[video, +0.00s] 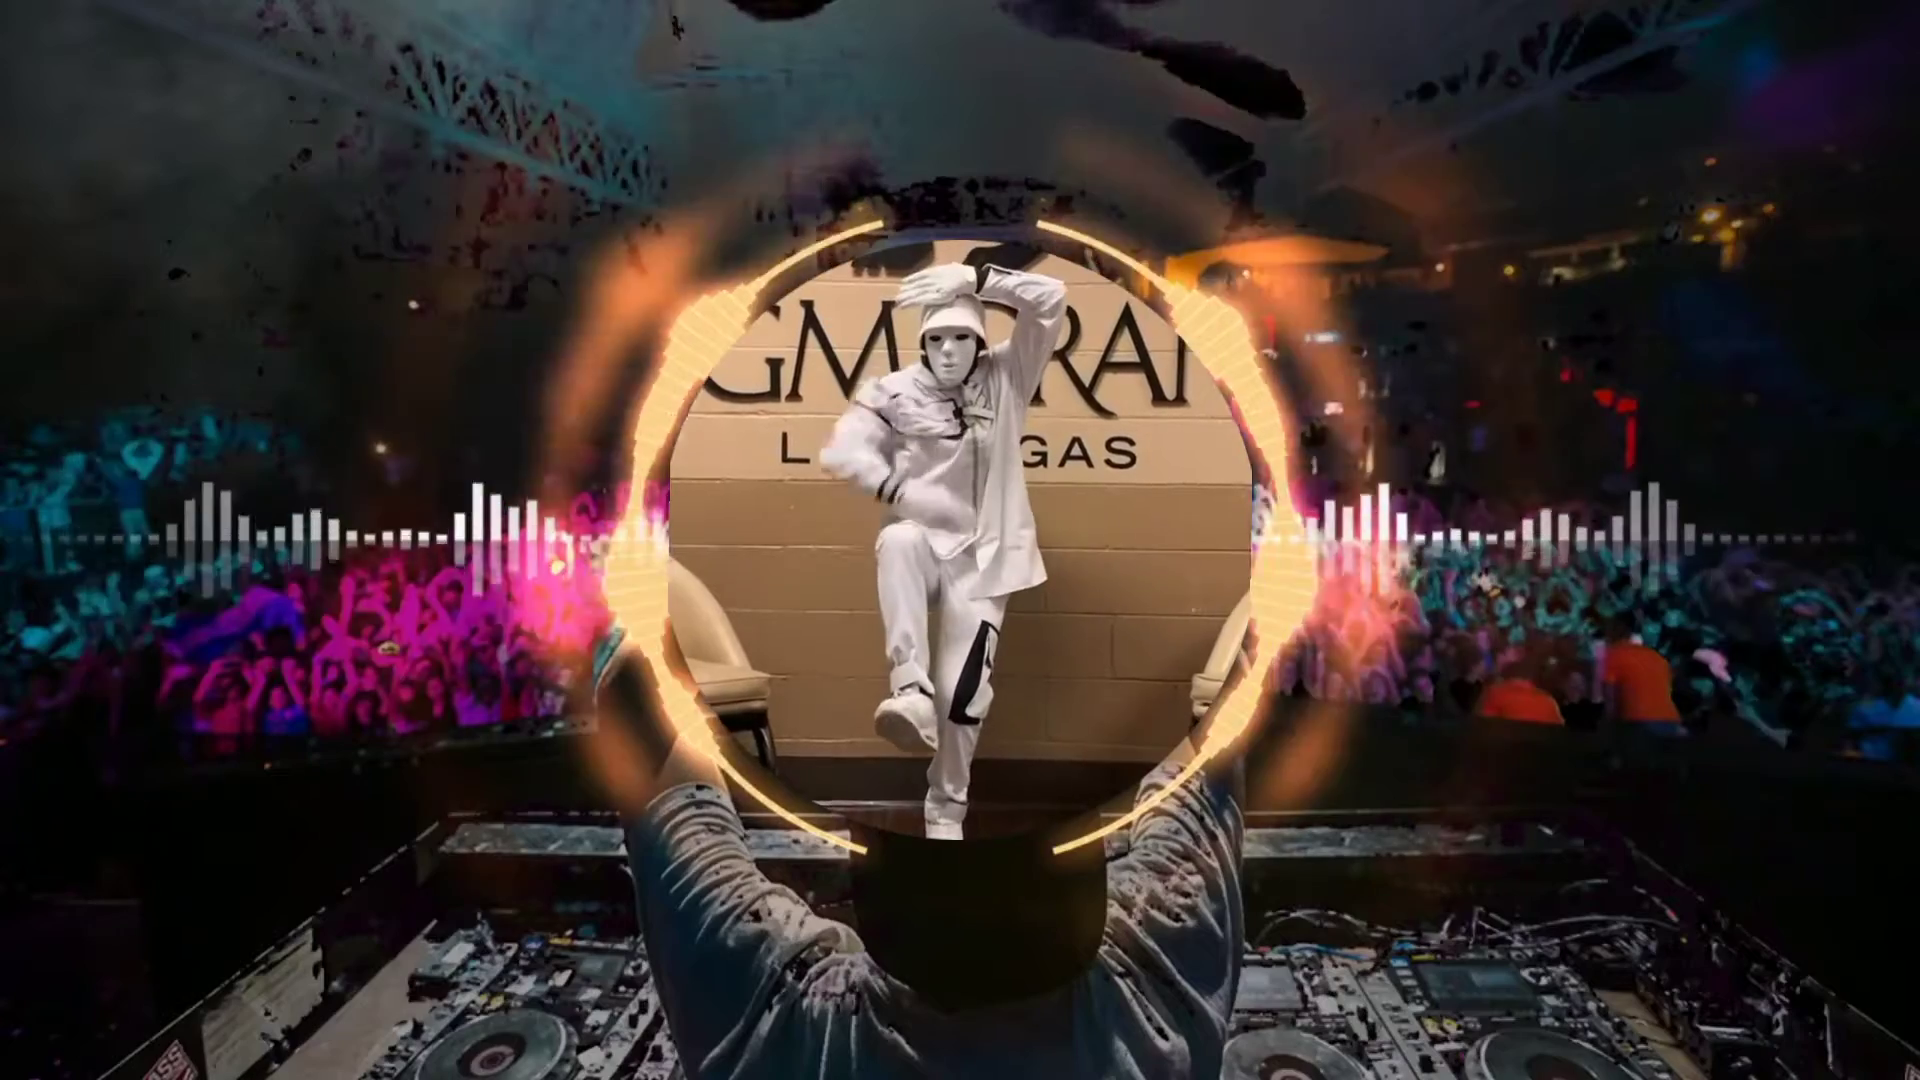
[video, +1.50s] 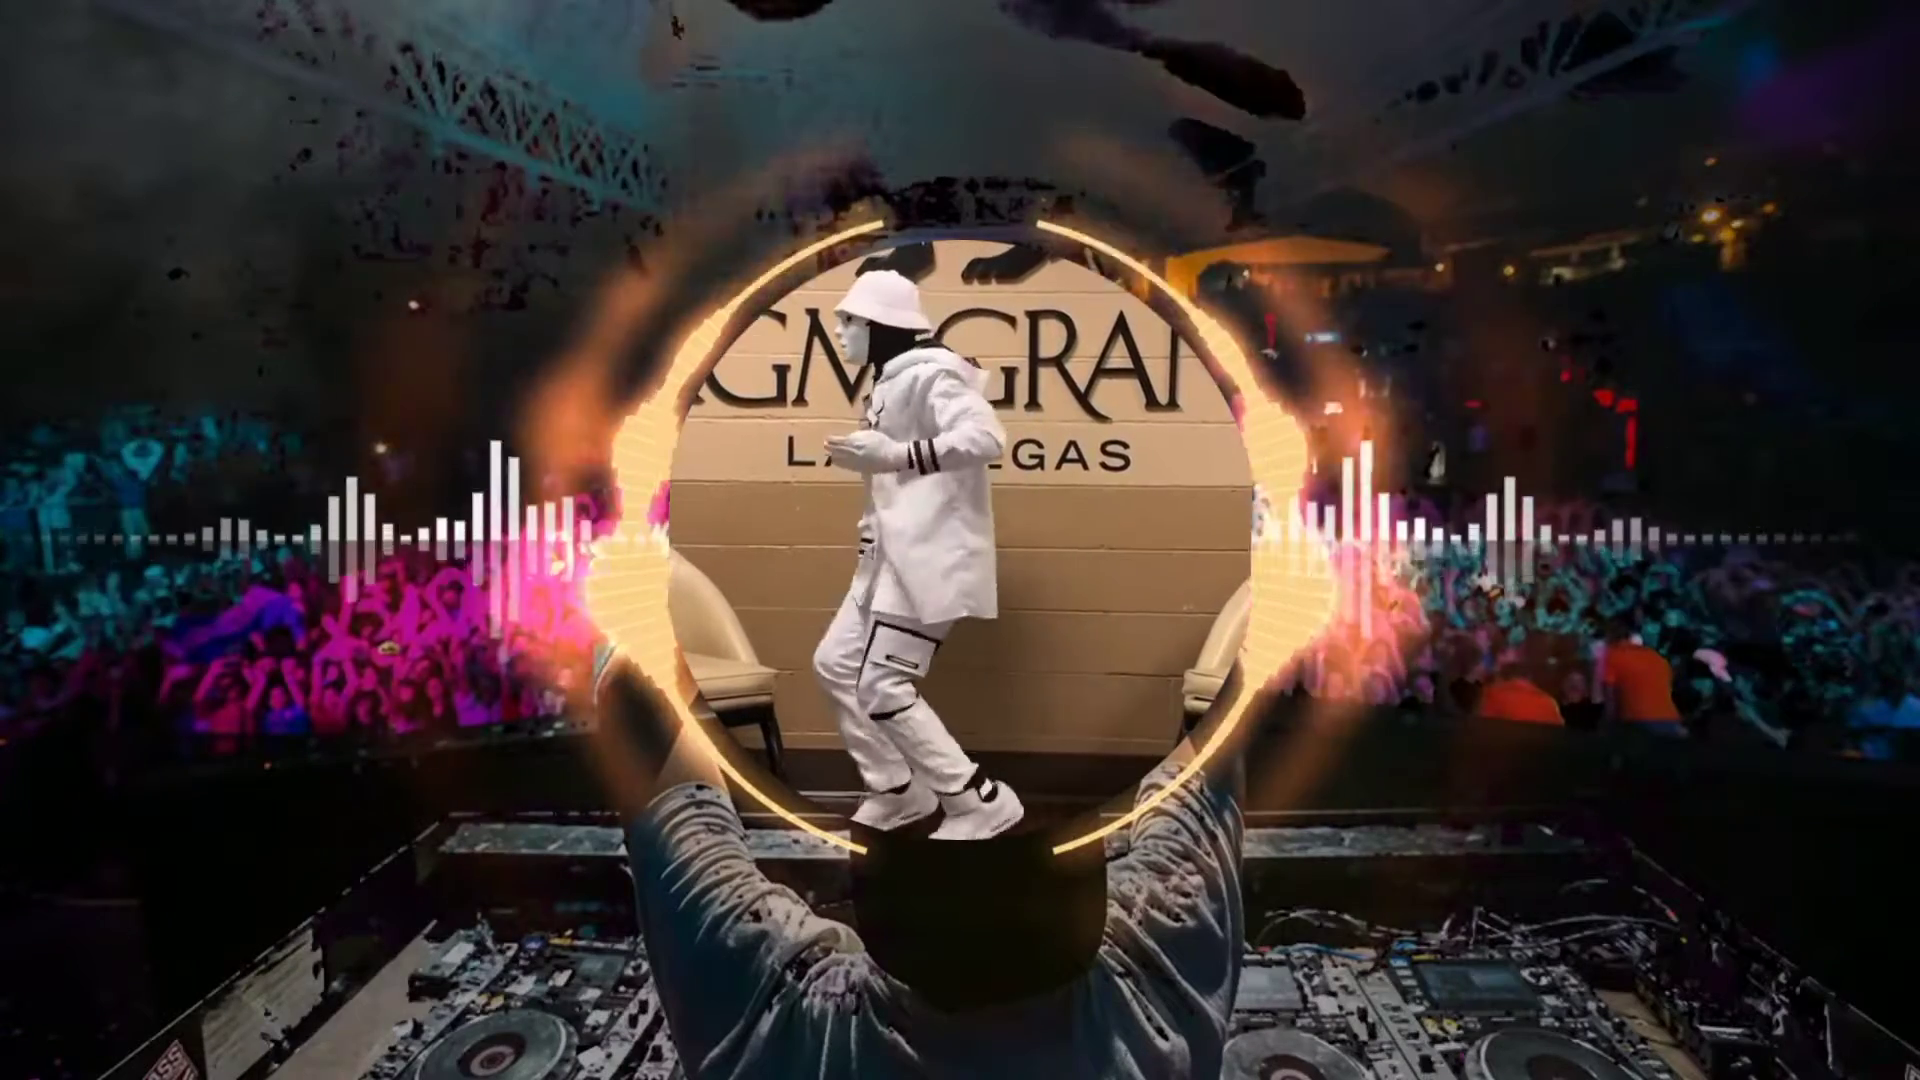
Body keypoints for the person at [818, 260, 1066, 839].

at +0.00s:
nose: (949, 351)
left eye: (961, 339)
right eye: (938, 340)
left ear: (978, 343)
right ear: (924, 345)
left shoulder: (1005, 379)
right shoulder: (893, 393)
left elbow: (1051, 301)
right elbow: (843, 451)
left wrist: (973, 277)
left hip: (987, 555)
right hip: (925, 550)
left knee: (964, 700)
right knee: (897, 538)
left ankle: (945, 820)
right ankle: (913, 695)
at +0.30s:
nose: (950, 352)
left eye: (963, 340)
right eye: (939, 342)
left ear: (980, 344)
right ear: (925, 347)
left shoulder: (1009, 381)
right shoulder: (898, 405)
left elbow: (1050, 300)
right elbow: (875, 504)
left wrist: (979, 278)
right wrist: (871, 458)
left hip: (989, 552)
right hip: (926, 544)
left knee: (959, 697)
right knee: (894, 546)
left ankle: (947, 817)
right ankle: (908, 703)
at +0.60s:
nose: (968, 353)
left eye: (979, 343)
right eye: (957, 341)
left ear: (994, 350)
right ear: (936, 344)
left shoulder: (1002, 405)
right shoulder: (886, 414)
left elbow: (1041, 367)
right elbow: (866, 502)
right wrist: (863, 572)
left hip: (980, 564)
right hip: (907, 544)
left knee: (966, 705)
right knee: (945, 567)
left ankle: (946, 816)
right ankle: (936, 718)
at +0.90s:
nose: (957, 350)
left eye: (969, 339)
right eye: (947, 337)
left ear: (984, 346)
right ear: (930, 342)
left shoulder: (1006, 411)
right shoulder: (887, 412)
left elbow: (1009, 499)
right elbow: (864, 504)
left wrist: (961, 482)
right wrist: (867, 580)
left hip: (978, 551)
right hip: (909, 543)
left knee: (963, 679)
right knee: (926, 597)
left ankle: (945, 809)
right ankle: (918, 744)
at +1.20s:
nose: (868, 343)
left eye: (879, 333)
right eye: (869, 332)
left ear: (915, 341)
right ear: (890, 339)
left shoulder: (966, 392)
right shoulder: (883, 398)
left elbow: (970, 487)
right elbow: (862, 482)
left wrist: (933, 409)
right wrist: (844, 552)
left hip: (936, 566)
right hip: (874, 562)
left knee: (914, 696)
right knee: (846, 685)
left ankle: (942, 814)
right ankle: (881, 799)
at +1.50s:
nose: (841, 332)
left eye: (850, 321)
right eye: (843, 320)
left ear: (881, 325)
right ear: (885, 326)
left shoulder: (932, 371)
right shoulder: (890, 382)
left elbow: (984, 437)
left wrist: (897, 455)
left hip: (931, 565)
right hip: (888, 562)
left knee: (884, 687)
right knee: (838, 665)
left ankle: (978, 800)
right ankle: (898, 791)